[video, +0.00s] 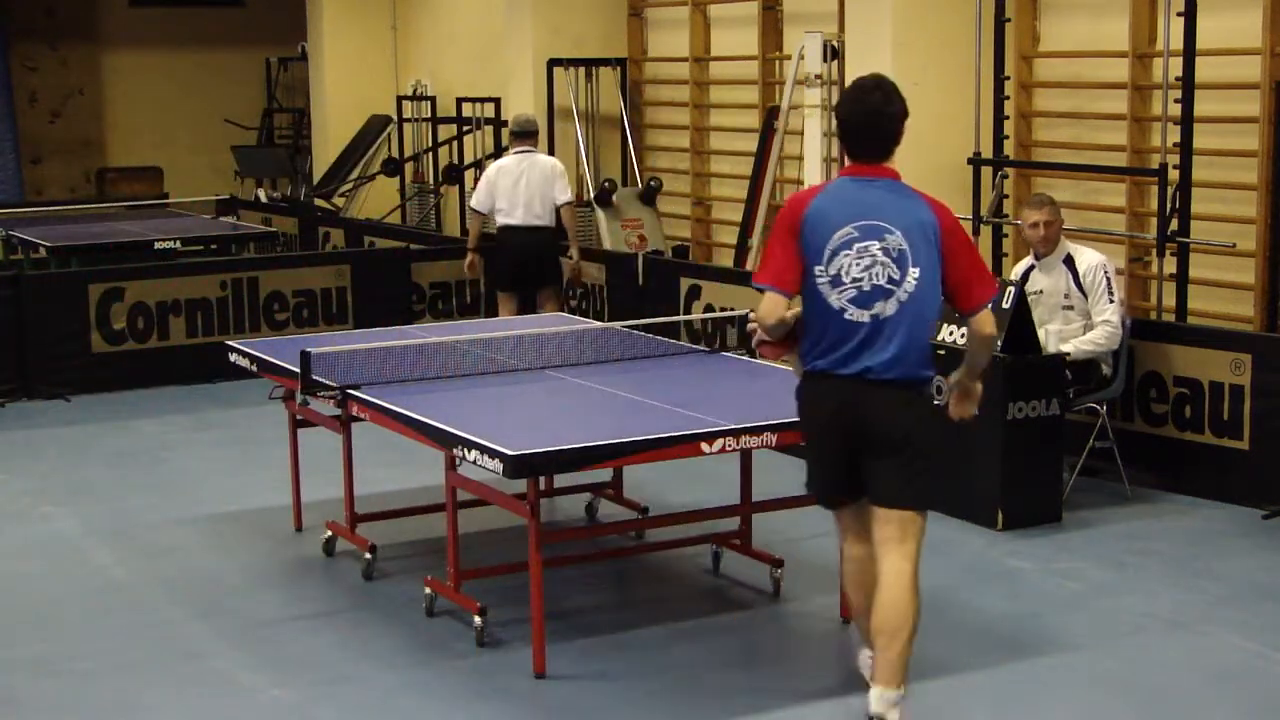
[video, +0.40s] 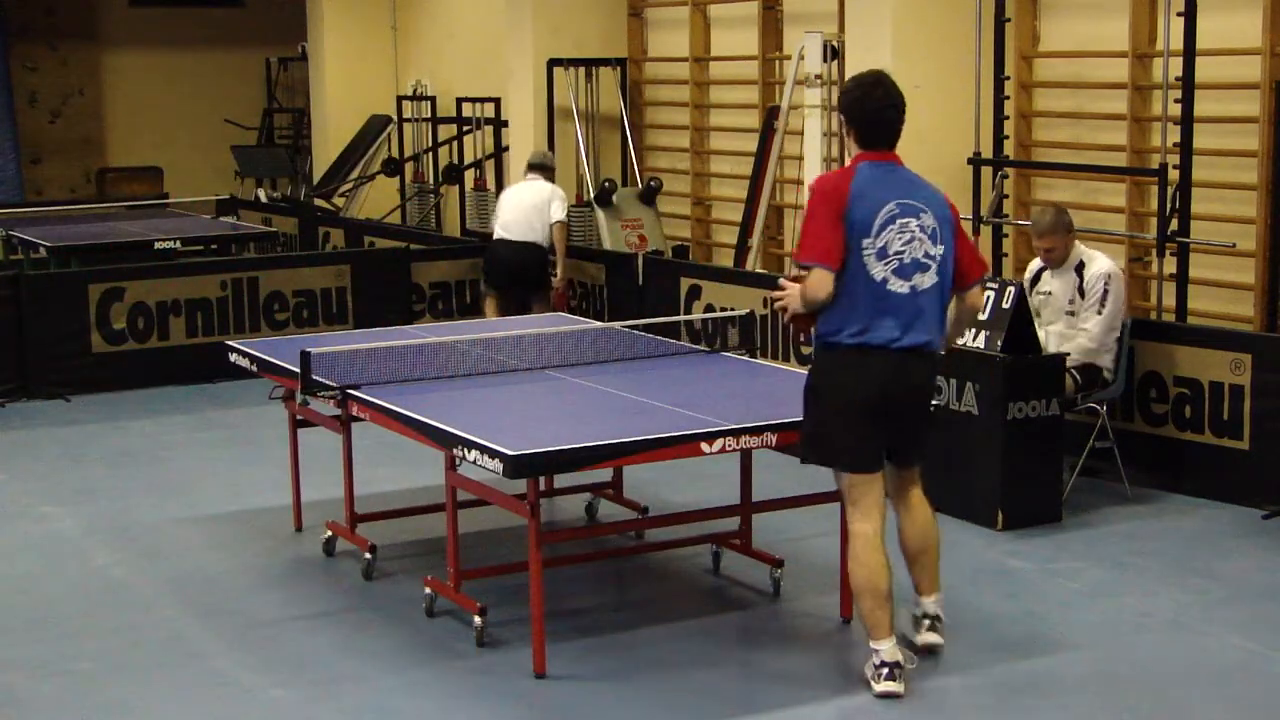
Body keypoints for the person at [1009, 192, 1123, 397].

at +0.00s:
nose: (1042, 233)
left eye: (1049, 224)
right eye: (1034, 226)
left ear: (1061, 225)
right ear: (1022, 232)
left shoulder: (1092, 264)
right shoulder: (1021, 272)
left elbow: (1110, 333)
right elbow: (1009, 329)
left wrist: (1060, 355)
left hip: (1085, 367)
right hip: (1034, 368)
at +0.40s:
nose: (1043, 257)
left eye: (1050, 251)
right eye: (1038, 250)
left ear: (1070, 239)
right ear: (1033, 242)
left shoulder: (1102, 273)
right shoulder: (1034, 271)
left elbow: (1092, 341)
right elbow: (1028, 324)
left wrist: (1051, 368)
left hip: (1088, 367)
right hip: (1043, 363)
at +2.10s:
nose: (1040, 282)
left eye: (1046, 276)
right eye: (1037, 275)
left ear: (1067, 261)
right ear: (1033, 265)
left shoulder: (1093, 297)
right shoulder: (1058, 273)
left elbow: (1075, 353)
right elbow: (1041, 316)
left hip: (1106, 366)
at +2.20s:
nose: (1041, 280)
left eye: (1047, 275)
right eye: (1037, 274)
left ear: (1068, 261)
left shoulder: (1094, 297)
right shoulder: (1060, 271)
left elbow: (1074, 353)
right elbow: (1044, 315)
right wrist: (1015, 338)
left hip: (1106, 366)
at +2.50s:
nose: (1041, 273)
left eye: (1047, 267)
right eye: (1038, 266)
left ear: (1069, 257)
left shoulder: (1097, 293)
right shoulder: (1059, 270)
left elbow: (1075, 350)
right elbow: (1045, 316)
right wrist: (1014, 336)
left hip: (1105, 368)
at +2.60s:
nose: (1035, 264)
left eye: (1039, 259)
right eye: (1035, 259)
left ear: (1063, 253)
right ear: (1062, 253)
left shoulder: (1098, 292)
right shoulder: (1060, 271)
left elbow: (1076, 351)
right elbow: (1041, 321)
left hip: (1103, 369)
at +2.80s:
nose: (1032, 248)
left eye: (1037, 242)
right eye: (1033, 241)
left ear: (1059, 248)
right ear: (1059, 248)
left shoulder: (1099, 289)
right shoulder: (1057, 267)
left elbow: (1076, 351)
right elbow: (1044, 313)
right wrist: (1016, 339)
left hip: (1100, 370)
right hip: (1065, 356)